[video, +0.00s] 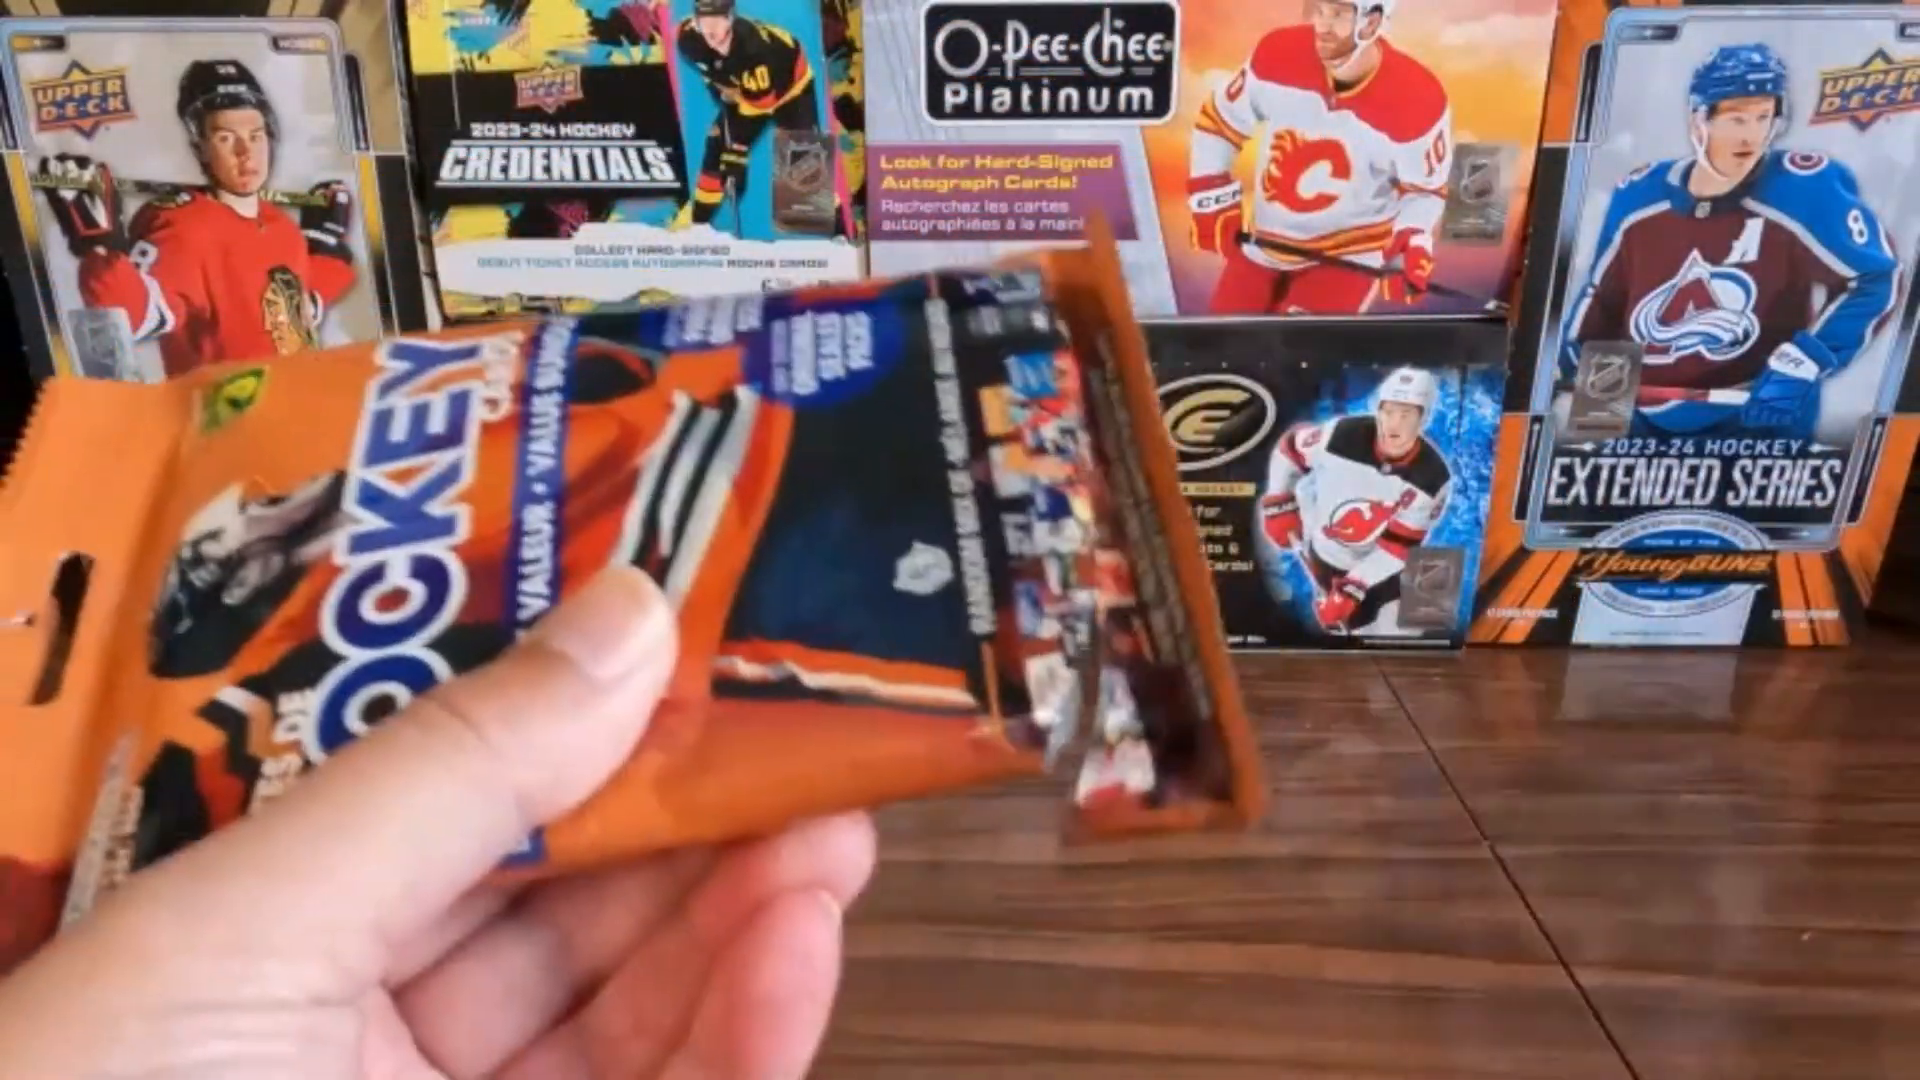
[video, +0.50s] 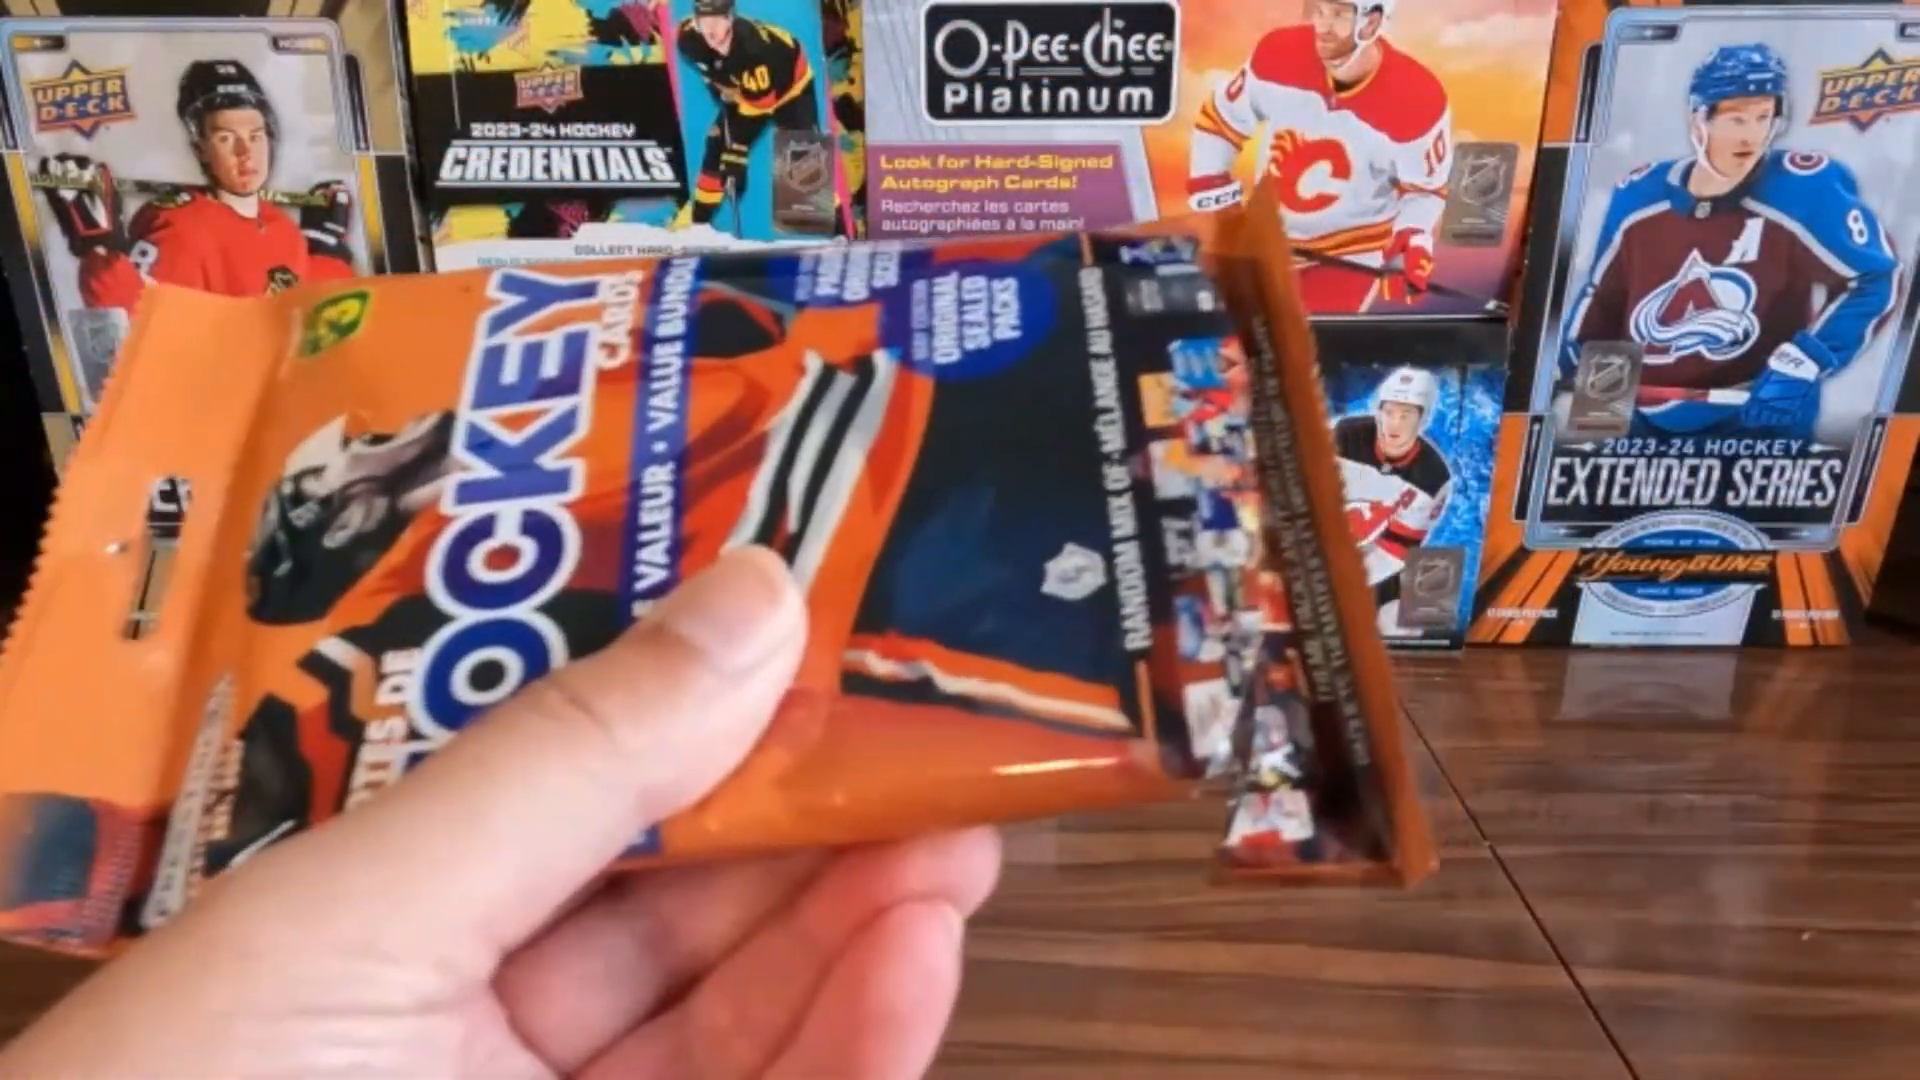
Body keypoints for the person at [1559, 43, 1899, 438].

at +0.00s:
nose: (1749, 135)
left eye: (1762, 118)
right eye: (1734, 119)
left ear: (1775, 122)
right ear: (1698, 124)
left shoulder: (1806, 192)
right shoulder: (1637, 197)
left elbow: (1879, 280)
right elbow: (1599, 297)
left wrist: (1801, 365)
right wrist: (1582, 368)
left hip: (1745, 427)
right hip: (1638, 421)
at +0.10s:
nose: (1749, 135)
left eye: (1762, 119)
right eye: (1734, 119)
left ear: (1775, 123)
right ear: (1698, 124)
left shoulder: (1806, 193)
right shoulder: (1637, 198)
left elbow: (1879, 280)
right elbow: (1599, 296)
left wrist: (1802, 364)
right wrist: (1576, 364)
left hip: (1745, 426)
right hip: (1638, 421)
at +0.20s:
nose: (1749, 135)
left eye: (1762, 118)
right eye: (1734, 119)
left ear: (1775, 123)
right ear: (1698, 124)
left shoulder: (1806, 192)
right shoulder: (1638, 197)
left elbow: (1879, 280)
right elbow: (1598, 297)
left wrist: (1802, 365)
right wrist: (1580, 367)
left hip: (1744, 426)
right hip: (1637, 421)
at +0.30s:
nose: (1749, 135)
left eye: (1761, 118)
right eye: (1734, 119)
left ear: (1775, 122)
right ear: (1698, 123)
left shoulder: (1805, 192)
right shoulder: (1637, 197)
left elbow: (1879, 280)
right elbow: (1599, 295)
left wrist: (1802, 364)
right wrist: (1573, 364)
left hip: (1746, 427)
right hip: (1638, 421)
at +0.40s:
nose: (1749, 135)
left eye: (1762, 118)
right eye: (1734, 119)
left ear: (1775, 122)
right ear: (1698, 123)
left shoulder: (1806, 192)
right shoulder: (1637, 197)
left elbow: (1879, 280)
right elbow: (1599, 295)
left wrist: (1802, 364)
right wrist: (1573, 366)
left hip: (1746, 427)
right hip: (1638, 421)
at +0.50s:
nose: (1749, 135)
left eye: (1761, 118)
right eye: (1734, 119)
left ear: (1775, 122)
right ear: (1698, 123)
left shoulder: (1805, 192)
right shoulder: (1638, 197)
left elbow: (1879, 280)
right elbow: (1599, 296)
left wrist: (1803, 364)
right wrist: (1575, 369)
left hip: (1745, 428)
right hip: (1638, 422)